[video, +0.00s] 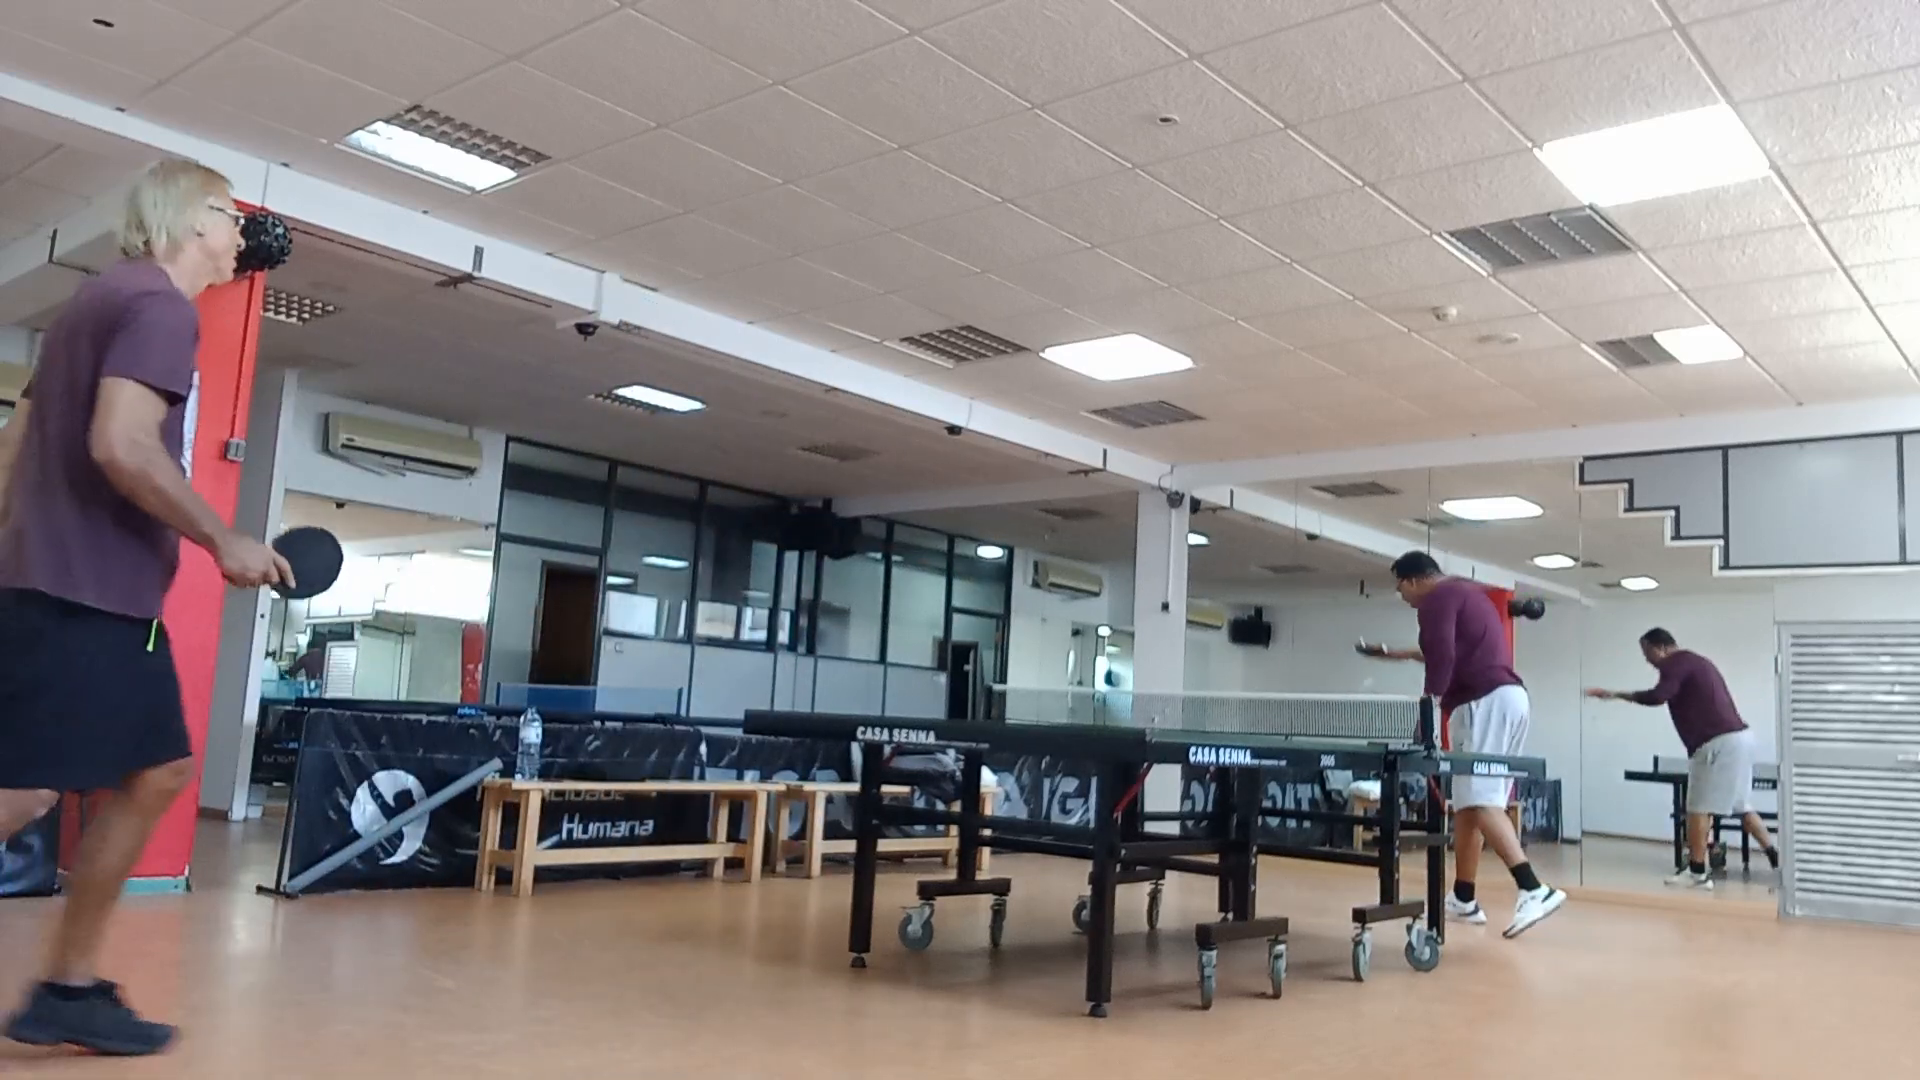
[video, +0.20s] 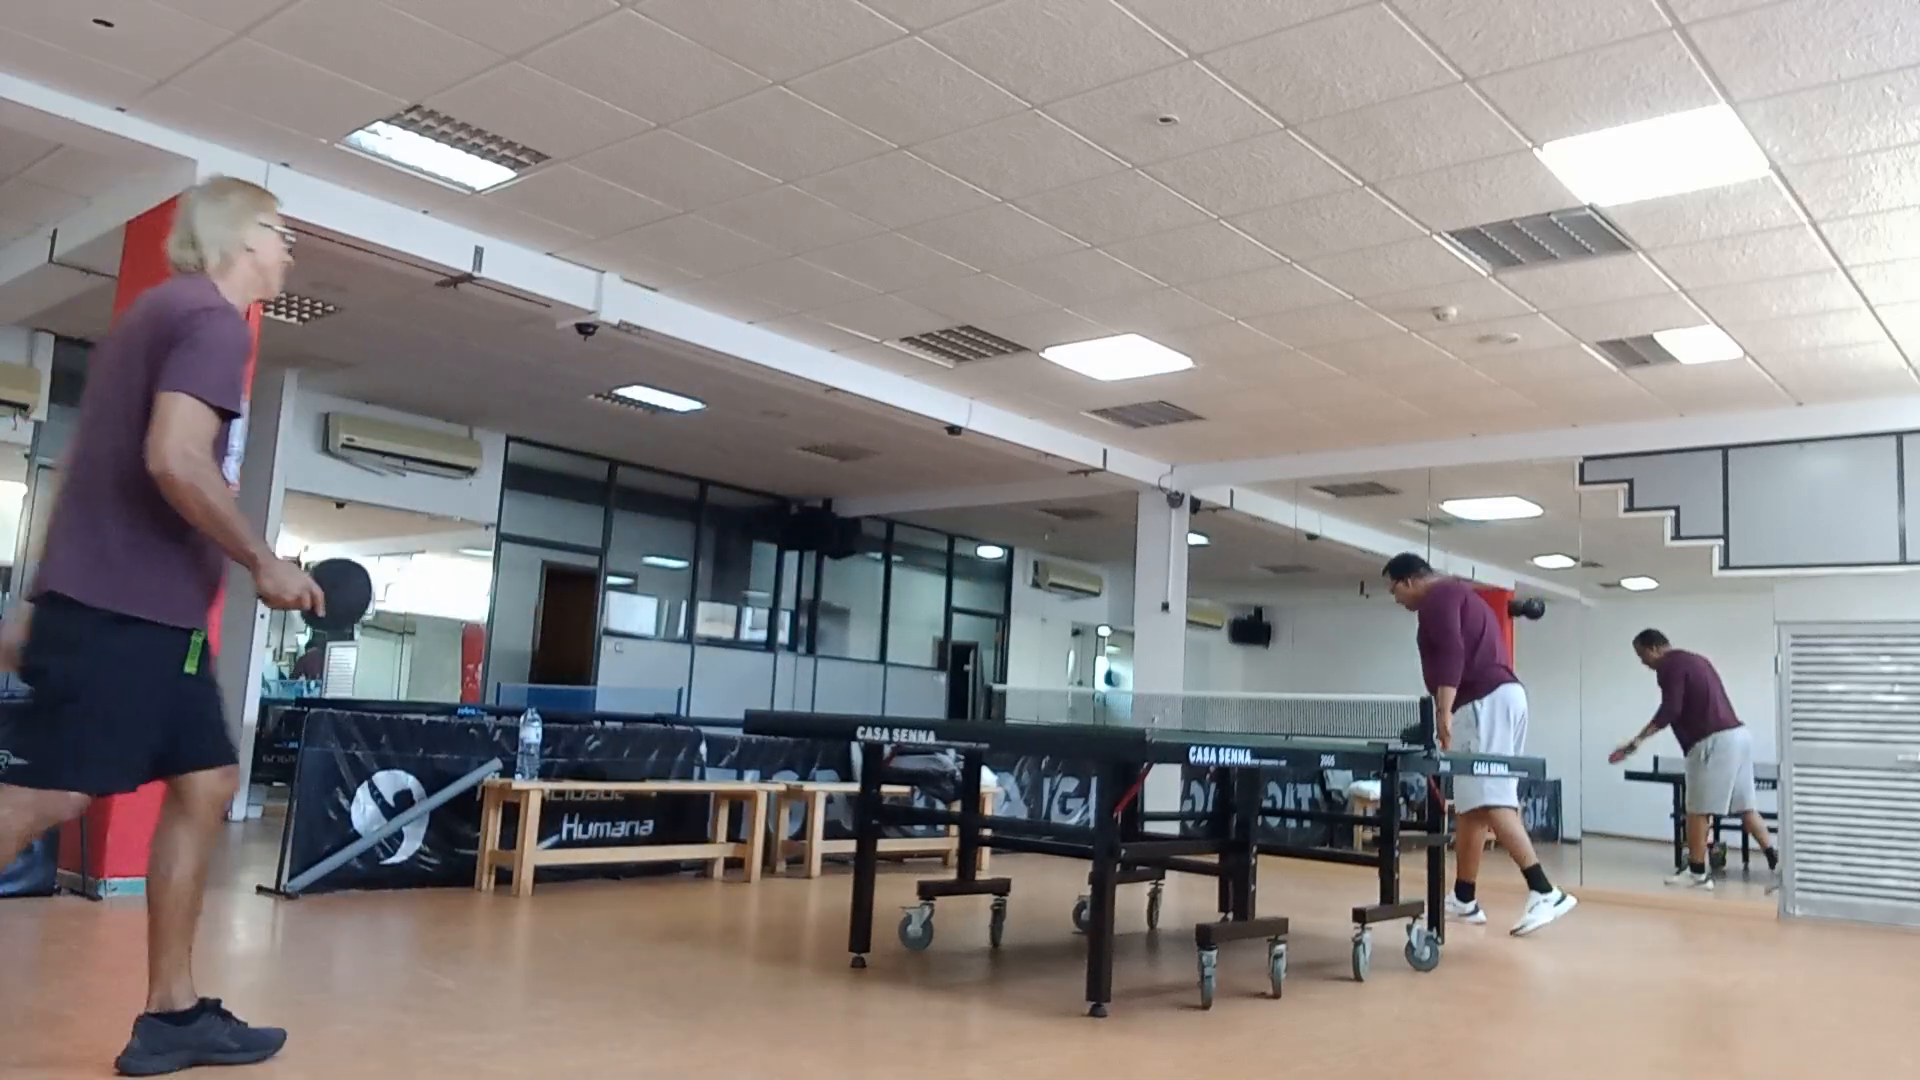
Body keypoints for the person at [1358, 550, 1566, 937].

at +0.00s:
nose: (1403, 598)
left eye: (1401, 590)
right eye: (1400, 591)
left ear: (1412, 580)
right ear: (1429, 575)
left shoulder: (1438, 597)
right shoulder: (1462, 592)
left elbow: (1442, 657)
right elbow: (1446, 654)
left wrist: (1428, 714)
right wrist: (1396, 653)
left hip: (1487, 702)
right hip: (1501, 699)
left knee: (1480, 801)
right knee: (1467, 806)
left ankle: (1534, 891)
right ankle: (1463, 900)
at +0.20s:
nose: (1398, 601)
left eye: (1395, 593)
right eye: (1394, 595)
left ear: (1408, 581)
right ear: (1417, 577)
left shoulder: (1439, 597)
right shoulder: (1456, 592)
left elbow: (1450, 657)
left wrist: (1443, 717)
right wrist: (1446, 717)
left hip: (1486, 700)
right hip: (1494, 699)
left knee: (1492, 799)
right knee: (1469, 803)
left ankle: (1546, 893)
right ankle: (1463, 899)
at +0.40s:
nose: (1397, 598)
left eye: (1396, 589)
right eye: (1394, 591)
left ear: (1413, 577)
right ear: (1415, 577)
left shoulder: (1449, 593)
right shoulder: (1442, 603)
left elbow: (1469, 648)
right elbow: (1452, 663)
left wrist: (1463, 709)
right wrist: (1446, 712)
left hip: (1497, 701)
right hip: (1479, 706)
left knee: (1505, 800)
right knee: (1473, 806)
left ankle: (1562, 893)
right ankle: (1464, 900)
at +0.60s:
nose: (1410, 586)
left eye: (1411, 576)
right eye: (1407, 579)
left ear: (1432, 567)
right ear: (1429, 571)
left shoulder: (1474, 593)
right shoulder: (1440, 614)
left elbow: (1505, 648)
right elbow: (1445, 679)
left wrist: (1490, 706)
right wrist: (1421, 723)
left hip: (1510, 707)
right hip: (1477, 715)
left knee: (1519, 804)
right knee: (1474, 810)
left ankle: (1570, 896)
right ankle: (1463, 900)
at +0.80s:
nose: (1431, 570)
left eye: (1435, 560)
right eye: (1429, 564)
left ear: (1461, 558)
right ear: (1448, 564)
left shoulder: (1507, 591)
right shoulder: (1444, 616)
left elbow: (1549, 640)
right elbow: (1418, 658)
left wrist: (1539, 697)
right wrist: (1374, 683)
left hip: (1525, 715)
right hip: (1481, 725)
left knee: (1533, 813)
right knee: (1482, 815)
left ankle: (1568, 901)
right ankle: (1464, 901)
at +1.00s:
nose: (1470, 561)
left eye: (1477, 553)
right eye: (1466, 557)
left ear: (1502, 553)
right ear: (1466, 566)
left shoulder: (1546, 594)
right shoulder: (1465, 611)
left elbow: (1591, 647)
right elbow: (1423, 641)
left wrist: (1600, 710)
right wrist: (1386, 627)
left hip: (1556, 722)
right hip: (1502, 729)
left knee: (1558, 821)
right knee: (1485, 816)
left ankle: (1568, 907)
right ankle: (1466, 900)